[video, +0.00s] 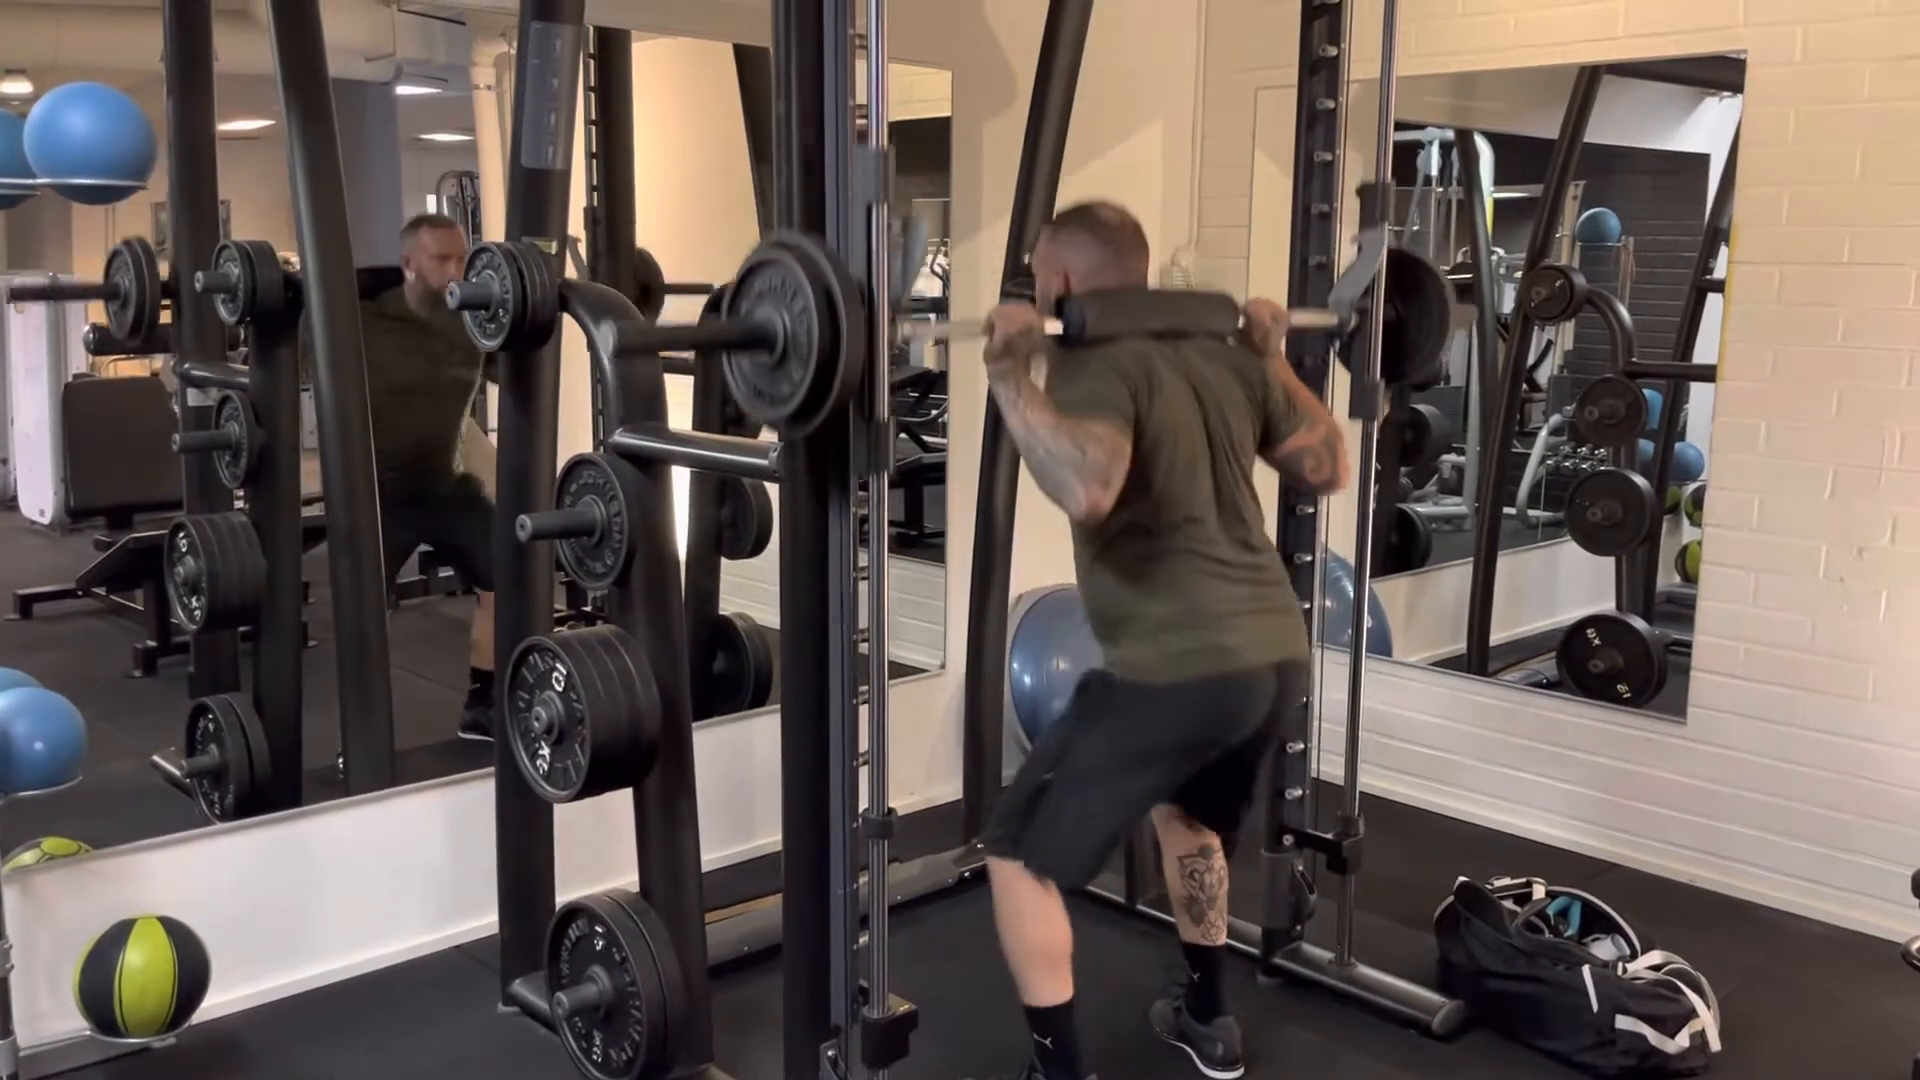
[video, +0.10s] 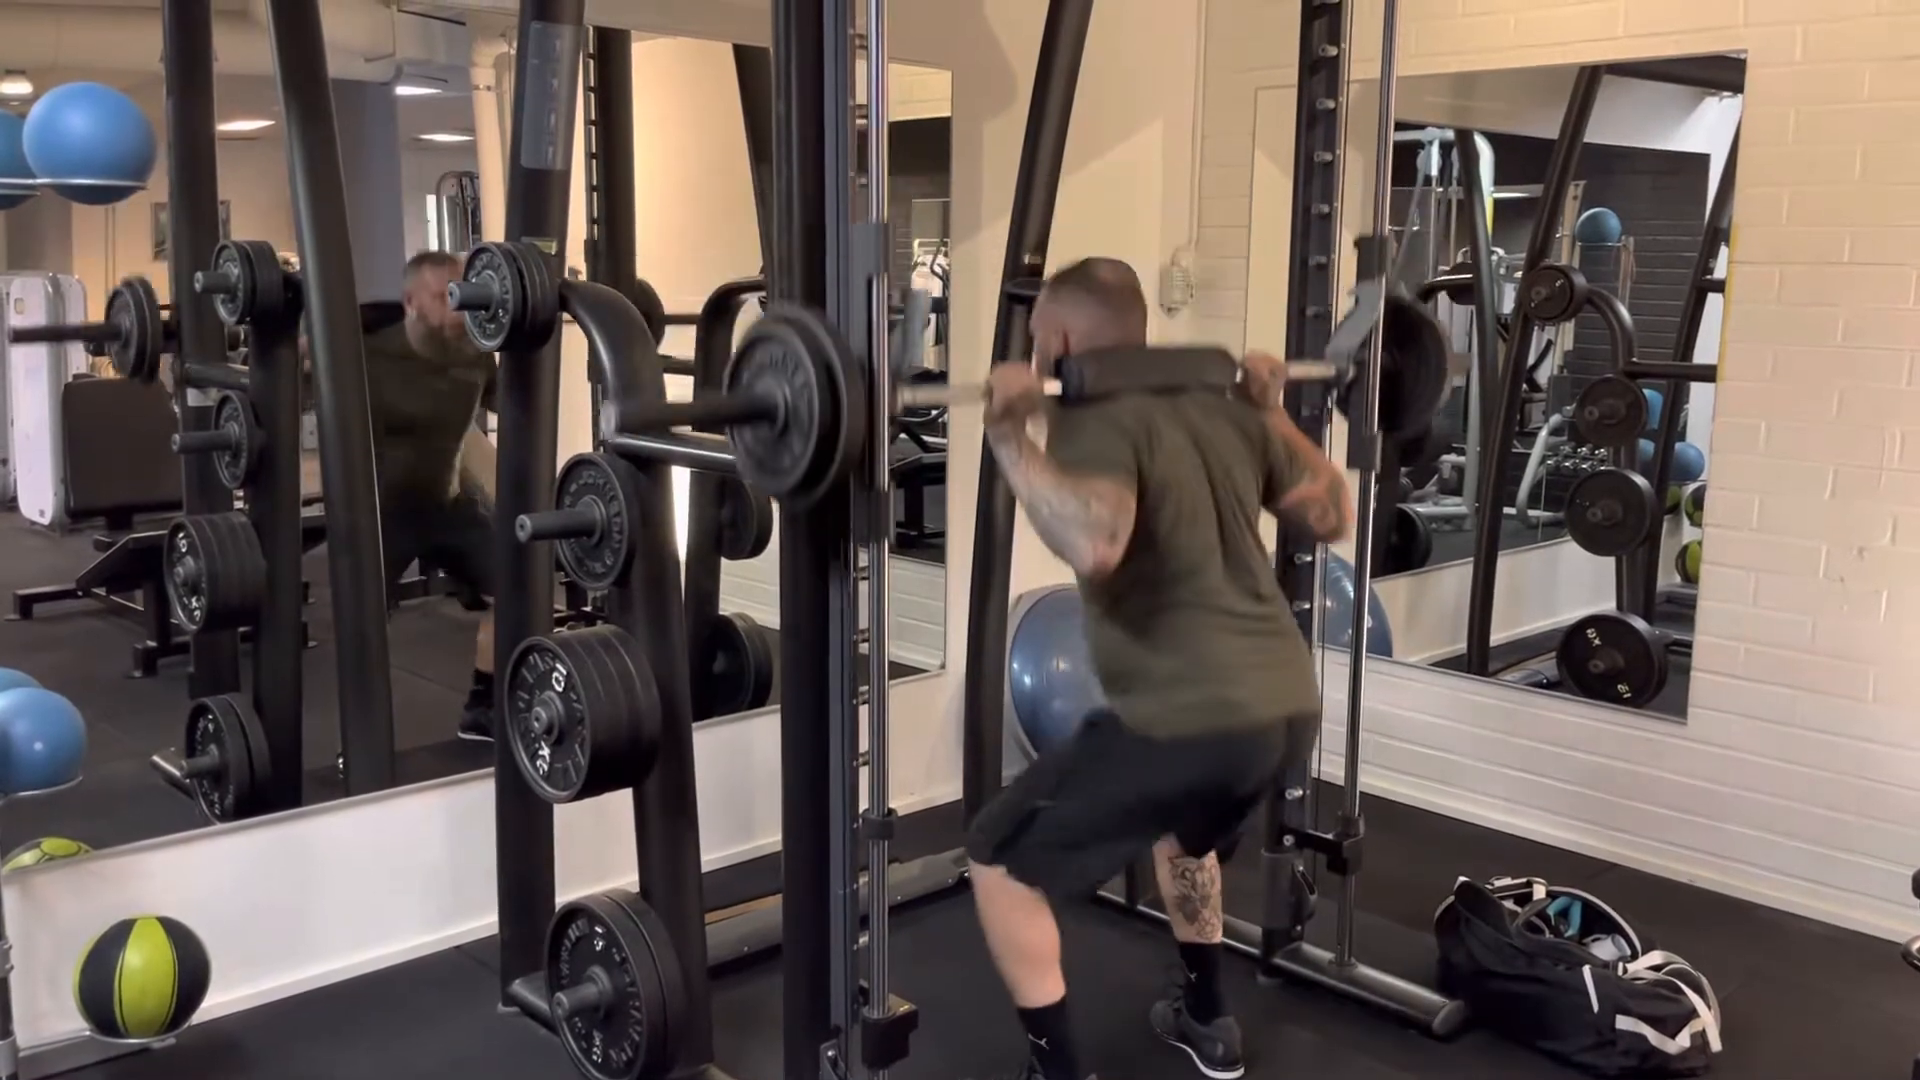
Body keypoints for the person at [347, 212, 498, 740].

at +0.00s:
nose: (456, 270)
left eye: (462, 259)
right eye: (442, 260)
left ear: (469, 261)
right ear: (410, 265)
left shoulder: (471, 326)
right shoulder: (365, 322)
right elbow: (297, 362)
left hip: (445, 488)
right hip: (377, 491)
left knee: (505, 563)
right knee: (357, 604)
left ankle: (484, 700)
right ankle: (360, 725)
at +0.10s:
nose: (460, 308)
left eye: (462, 296)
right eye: (447, 297)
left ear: (467, 295)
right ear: (413, 300)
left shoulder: (477, 360)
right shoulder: (368, 350)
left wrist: (515, 490)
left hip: (445, 509)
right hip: (378, 512)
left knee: (516, 570)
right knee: (363, 620)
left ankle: (485, 702)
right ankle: (359, 737)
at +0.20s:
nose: (457, 351)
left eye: (464, 336)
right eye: (443, 336)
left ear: (474, 338)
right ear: (410, 338)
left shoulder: (476, 389)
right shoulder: (367, 387)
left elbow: (510, 433)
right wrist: (294, 382)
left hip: (443, 529)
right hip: (372, 533)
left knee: (519, 585)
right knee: (362, 623)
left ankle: (484, 706)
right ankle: (361, 738)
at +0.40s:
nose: (459, 411)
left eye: (466, 397)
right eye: (446, 398)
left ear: (474, 397)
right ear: (411, 400)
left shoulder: (480, 446)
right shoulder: (367, 445)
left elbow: (517, 492)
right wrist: (292, 451)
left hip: (441, 577)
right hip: (369, 582)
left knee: (514, 590)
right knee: (359, 626)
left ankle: (483, 707)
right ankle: (358, 741)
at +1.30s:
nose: (449, 331)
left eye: (452, 317)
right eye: (434, 319)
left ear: (463, 321)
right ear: (403, 326)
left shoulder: (471, 382)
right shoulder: (362, 383)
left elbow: (506, 436)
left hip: (435, 527)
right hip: (365, 532)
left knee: (508, 587)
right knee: (359, 628)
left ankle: (479, 711)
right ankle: (355, 744)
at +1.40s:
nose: (447, 295)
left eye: (452, 284)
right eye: (434, 284)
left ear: (460, 288)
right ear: (402, 289)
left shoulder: (470, 352)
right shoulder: (362, 350)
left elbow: (511, 416)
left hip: (438, 508)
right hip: (373, 511)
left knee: (503, 572)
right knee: (361, 625)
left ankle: (480, 710)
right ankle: (354, 744)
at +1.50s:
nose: (448, 262)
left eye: (453, 250)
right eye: (435, 251)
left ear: (460, 252)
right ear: (402, 256)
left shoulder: (465, 318)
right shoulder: (363, 319)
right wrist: (274, 298)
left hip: (442, 490)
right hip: (374, 494)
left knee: (494, 584)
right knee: (361, 621)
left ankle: (478, 714)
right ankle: (354, 734)